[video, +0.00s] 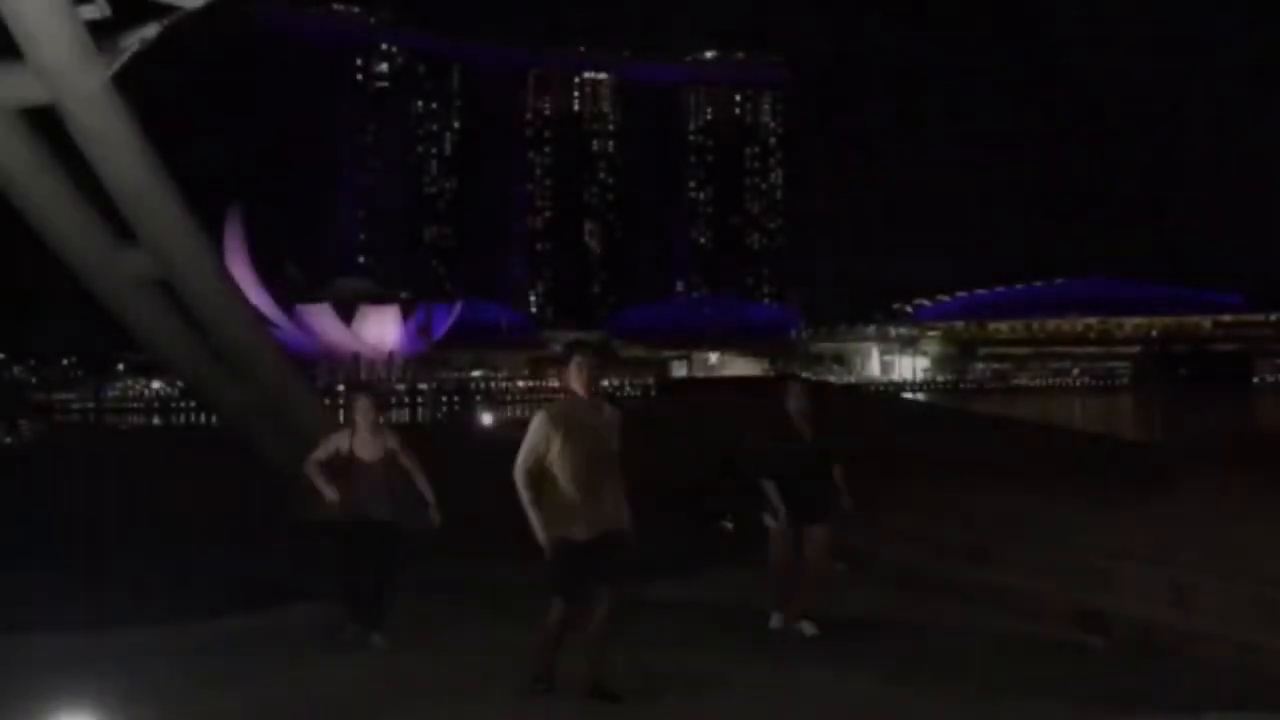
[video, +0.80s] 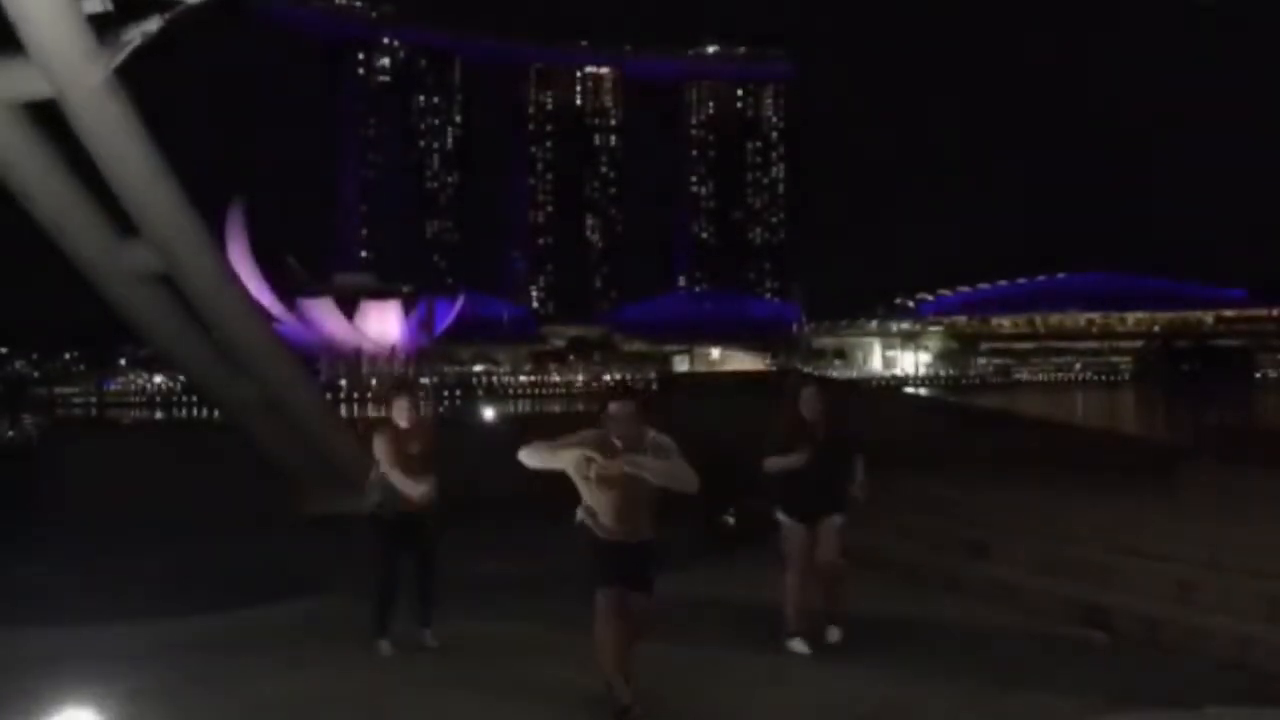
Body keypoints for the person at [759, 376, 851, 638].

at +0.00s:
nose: (799, 405)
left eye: (803, 399)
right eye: (794, 399)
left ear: (811, 401)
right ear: (785, 403)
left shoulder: (821, 431)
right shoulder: (776, 433)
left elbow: (834, 467)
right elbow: (766, 476)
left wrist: (843, 495)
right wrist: (779, 508)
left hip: (817, 504)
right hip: (784, 508)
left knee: (814, 562)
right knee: (781, 561)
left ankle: (801, 614)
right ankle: (778, 610)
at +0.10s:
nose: (803, 414)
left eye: (807, 408)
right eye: (798, 407)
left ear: (814, 410)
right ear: (790, 411)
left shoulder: (823, 441)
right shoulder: (781, 441)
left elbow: (838, 474)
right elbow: (768, 477)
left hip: (817, 509)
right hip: (785, 511)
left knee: (815, 566)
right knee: (792, 562)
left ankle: (803, 614)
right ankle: (771, 602)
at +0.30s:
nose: (808, 414)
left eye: (811, 409)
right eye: (803, 408)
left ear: (815, 411)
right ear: (795, 410)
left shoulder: (820, 438)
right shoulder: (791, 438)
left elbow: (827, 473)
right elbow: (777, 466)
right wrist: (790, 435)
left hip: (816, 508)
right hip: (792, 508)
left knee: (813, 565)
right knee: (799, 565)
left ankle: (805, 616)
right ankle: (793, 629)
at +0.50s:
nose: (804, 417)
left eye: (806, 410)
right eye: (798, 411)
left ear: (812, 414)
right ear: (790, 416)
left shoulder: (820, 446)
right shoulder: (786, 451)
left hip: (820, 514)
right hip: (796, 516)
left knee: (848, 555)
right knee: (816, 570)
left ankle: (801, 584)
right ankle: (796, 636)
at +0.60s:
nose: (804, 423)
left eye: (807, 417)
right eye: (798, 417)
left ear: (815, 420)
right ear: (789, 421)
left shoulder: (821, 450)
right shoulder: (782, 453)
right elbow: (779, 442)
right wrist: (790, 408)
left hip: (819, 517)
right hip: (789, 519)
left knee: (850, 554)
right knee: (815, 571)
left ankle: (810, 606)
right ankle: (795, 636)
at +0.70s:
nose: (808, 417)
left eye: (812, 412)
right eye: (803, 412)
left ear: (820, 414)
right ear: (795, 414)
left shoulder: (828, 439)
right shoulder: (788, 440)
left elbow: (851, 471)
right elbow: (769, 451)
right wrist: (791, 420)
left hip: (826, 511)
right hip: (793, 513)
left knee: (840, 557)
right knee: (808, 566)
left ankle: (823, 611)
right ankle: (795, 635)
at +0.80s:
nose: (811, 407)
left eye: (815, 401)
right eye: (806, 401)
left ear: (824, 404)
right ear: (798, 404)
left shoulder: (835, 431)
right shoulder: (788, 429)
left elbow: (854, 461)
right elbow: (768, 463)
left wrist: (856, 483)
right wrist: (795, 460)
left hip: (829, 506)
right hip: (794, 507)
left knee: (829, 564)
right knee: (796, 569)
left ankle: (833, 621)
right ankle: (795, 631)